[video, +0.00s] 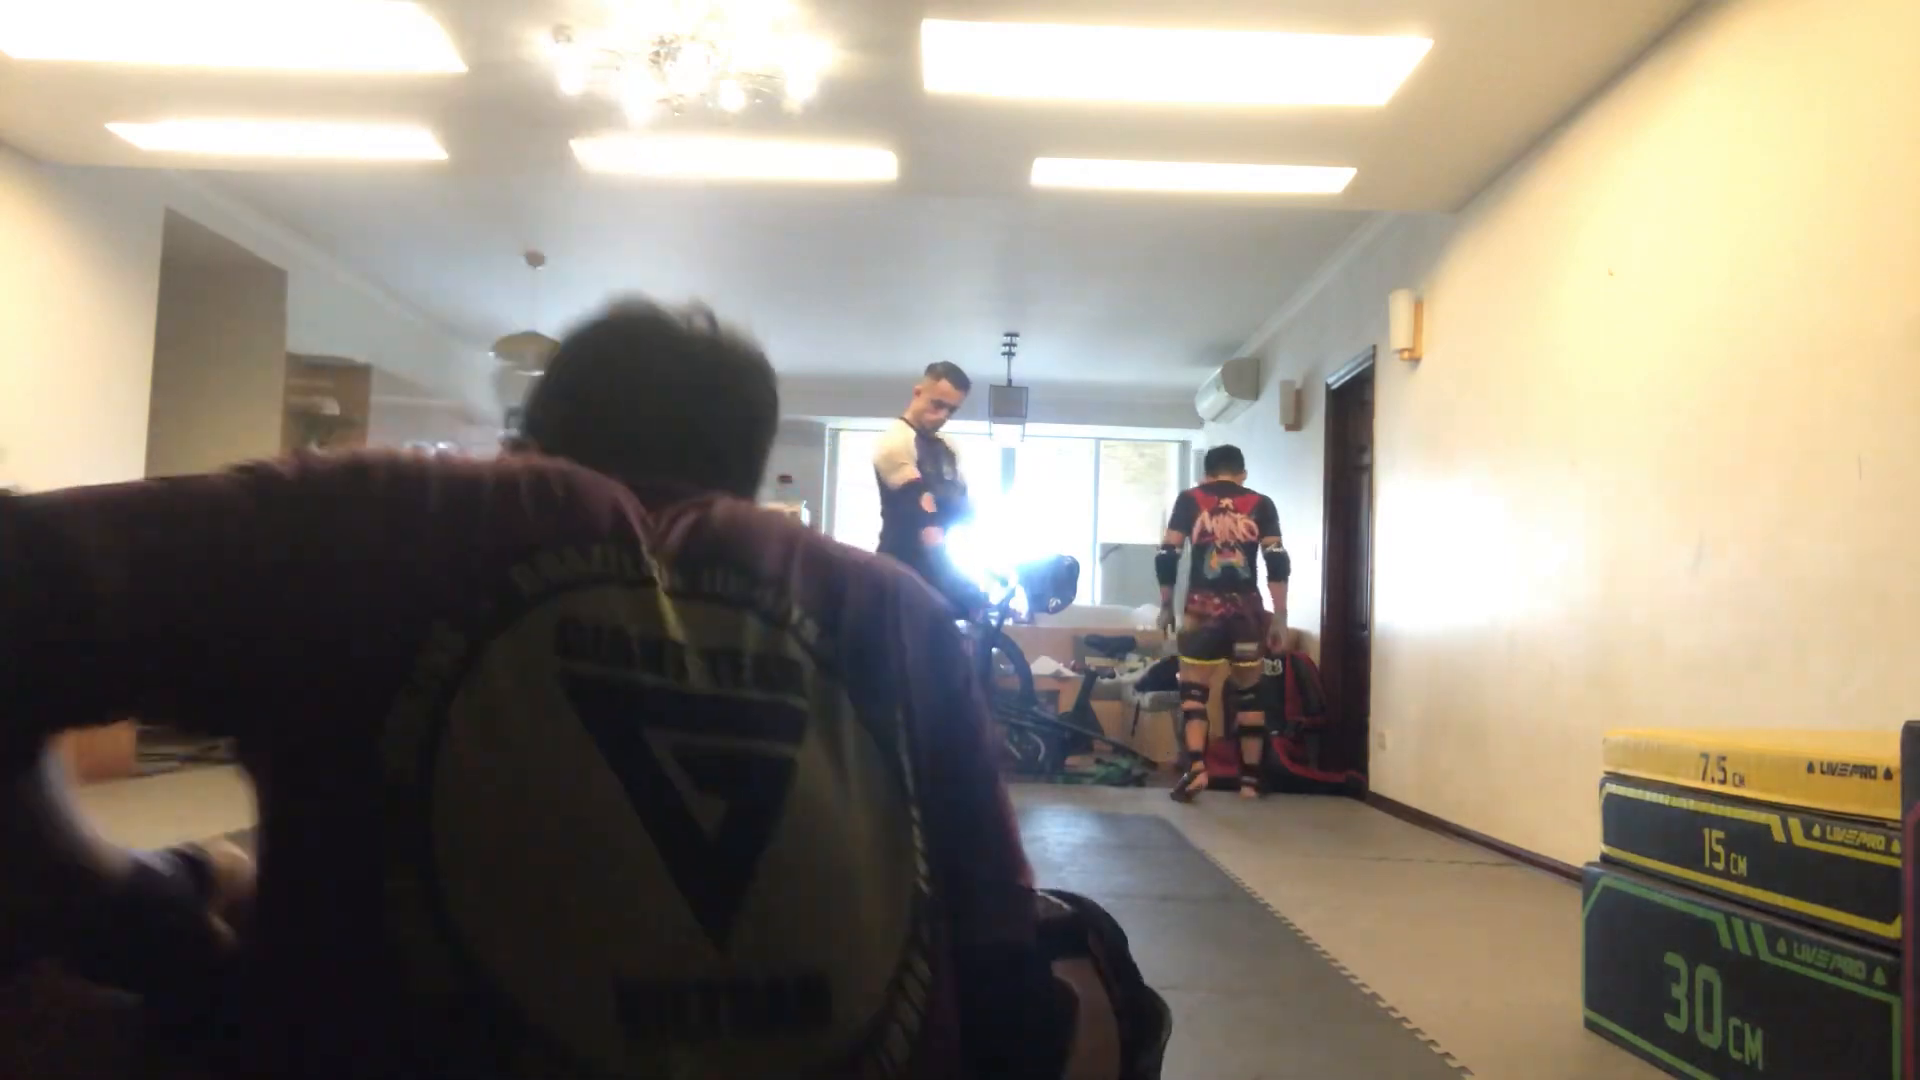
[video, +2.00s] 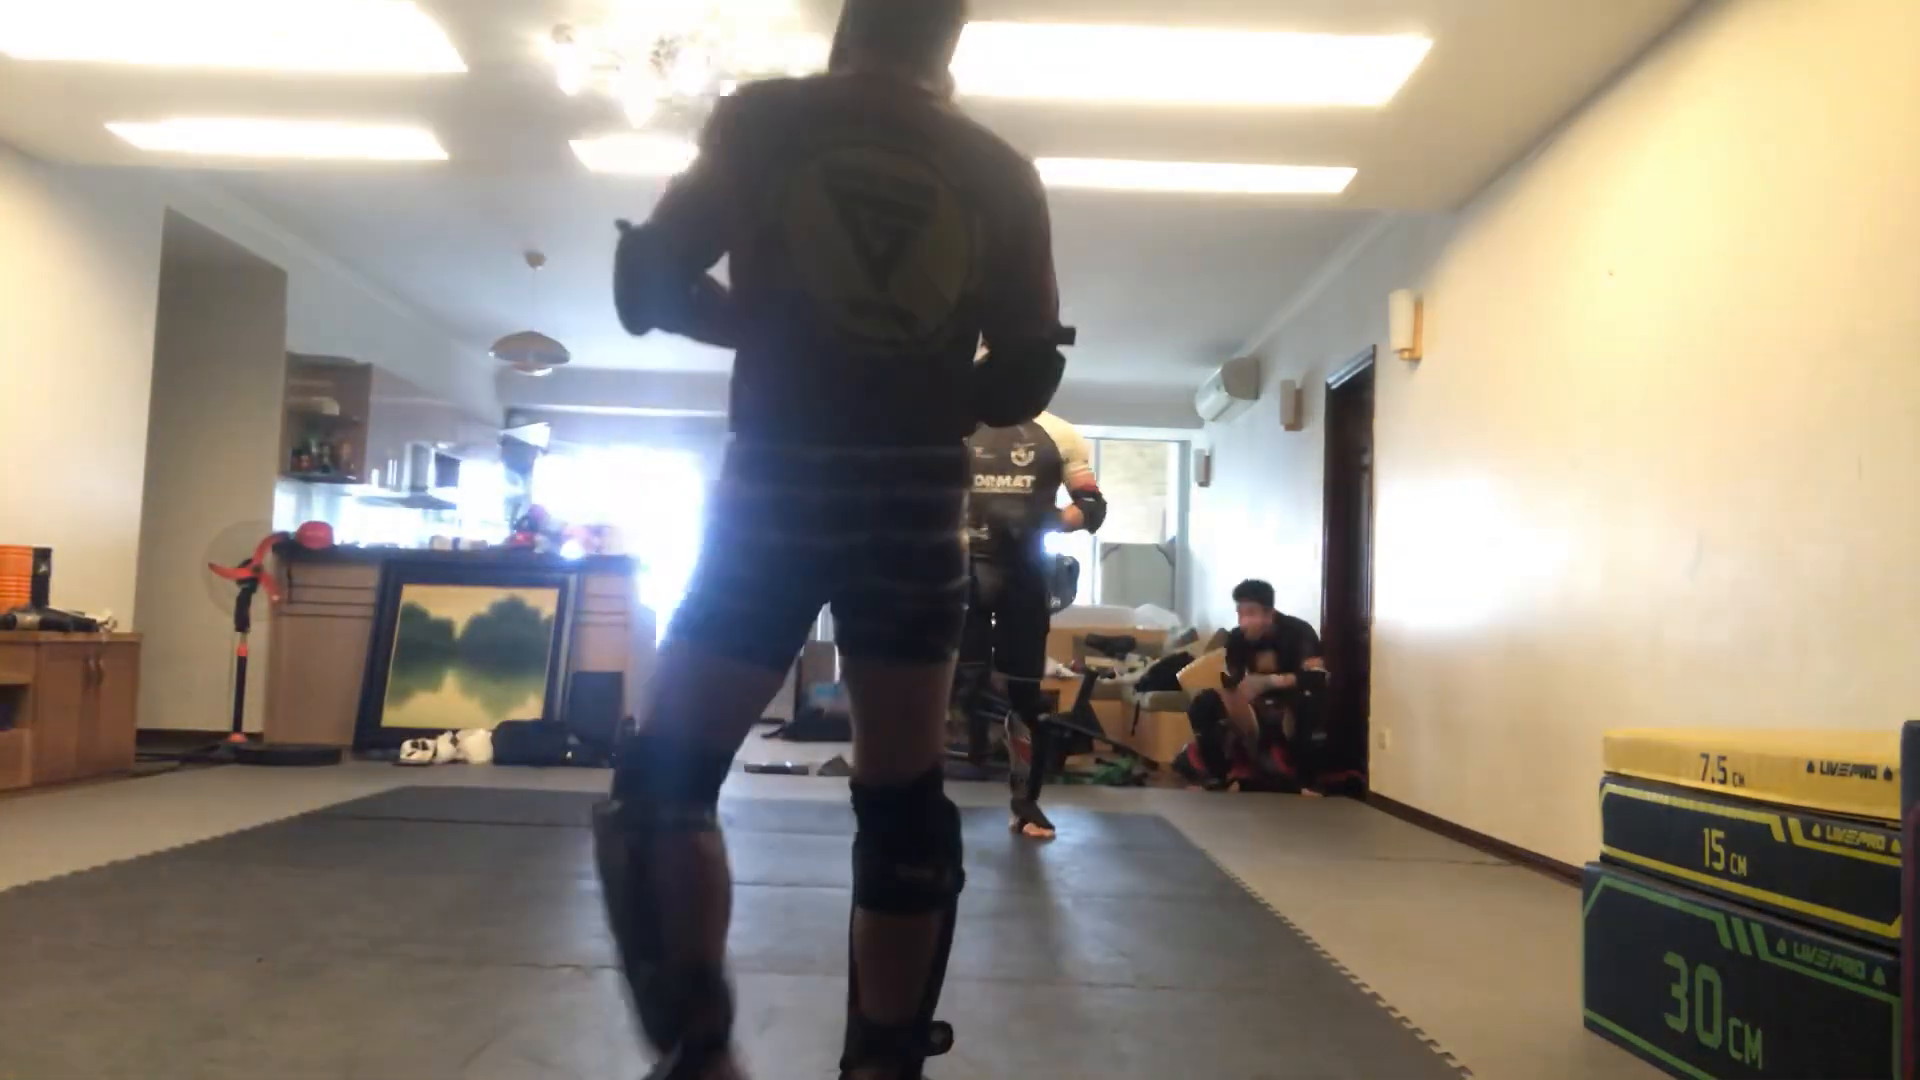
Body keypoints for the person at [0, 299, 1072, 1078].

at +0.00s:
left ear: (534, 436)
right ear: (761, 475)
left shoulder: (390, 518)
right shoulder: (897, 614)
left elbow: (19, 583)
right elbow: (1007, 976)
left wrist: (102, 894)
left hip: (381, 1039)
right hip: (797, 1044)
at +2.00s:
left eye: (863, 37)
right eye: (945, 47)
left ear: (842, 34)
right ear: (947, 55)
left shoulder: (765, 116)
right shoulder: (1000, 170)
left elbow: (648, 287)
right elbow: (1026, 380)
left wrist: (765, 328)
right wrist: (922, 387)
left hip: (772, 498)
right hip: (915, 511)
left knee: (672, 777)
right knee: (902, 798)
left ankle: (700, 1055)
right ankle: (883, 1063)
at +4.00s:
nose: (821, 324)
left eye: (822, 315)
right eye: (821, 316)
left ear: (839, 310)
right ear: (894, 311)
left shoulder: (822, 361)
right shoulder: (957, 377)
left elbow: (768, 454)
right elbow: (980, 480)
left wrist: (813, 496)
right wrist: (919, 507)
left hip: (837, 567)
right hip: (913, 573)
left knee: (807, 726)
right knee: (930, 725)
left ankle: (791, 898)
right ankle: (963, 877)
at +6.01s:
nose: (933, 362)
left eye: (940, 346)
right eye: (926, 349)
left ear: (980, 334)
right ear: (928, 342)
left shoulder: (1016, 387)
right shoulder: (936, 396)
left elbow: (988, 485)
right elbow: (907, 473)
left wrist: (924, 537)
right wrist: (885, 515)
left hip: (991, 578)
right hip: (935, 579)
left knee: (985, 733)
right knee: (893, 727)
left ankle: (1017, 893)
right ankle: (897, 868)